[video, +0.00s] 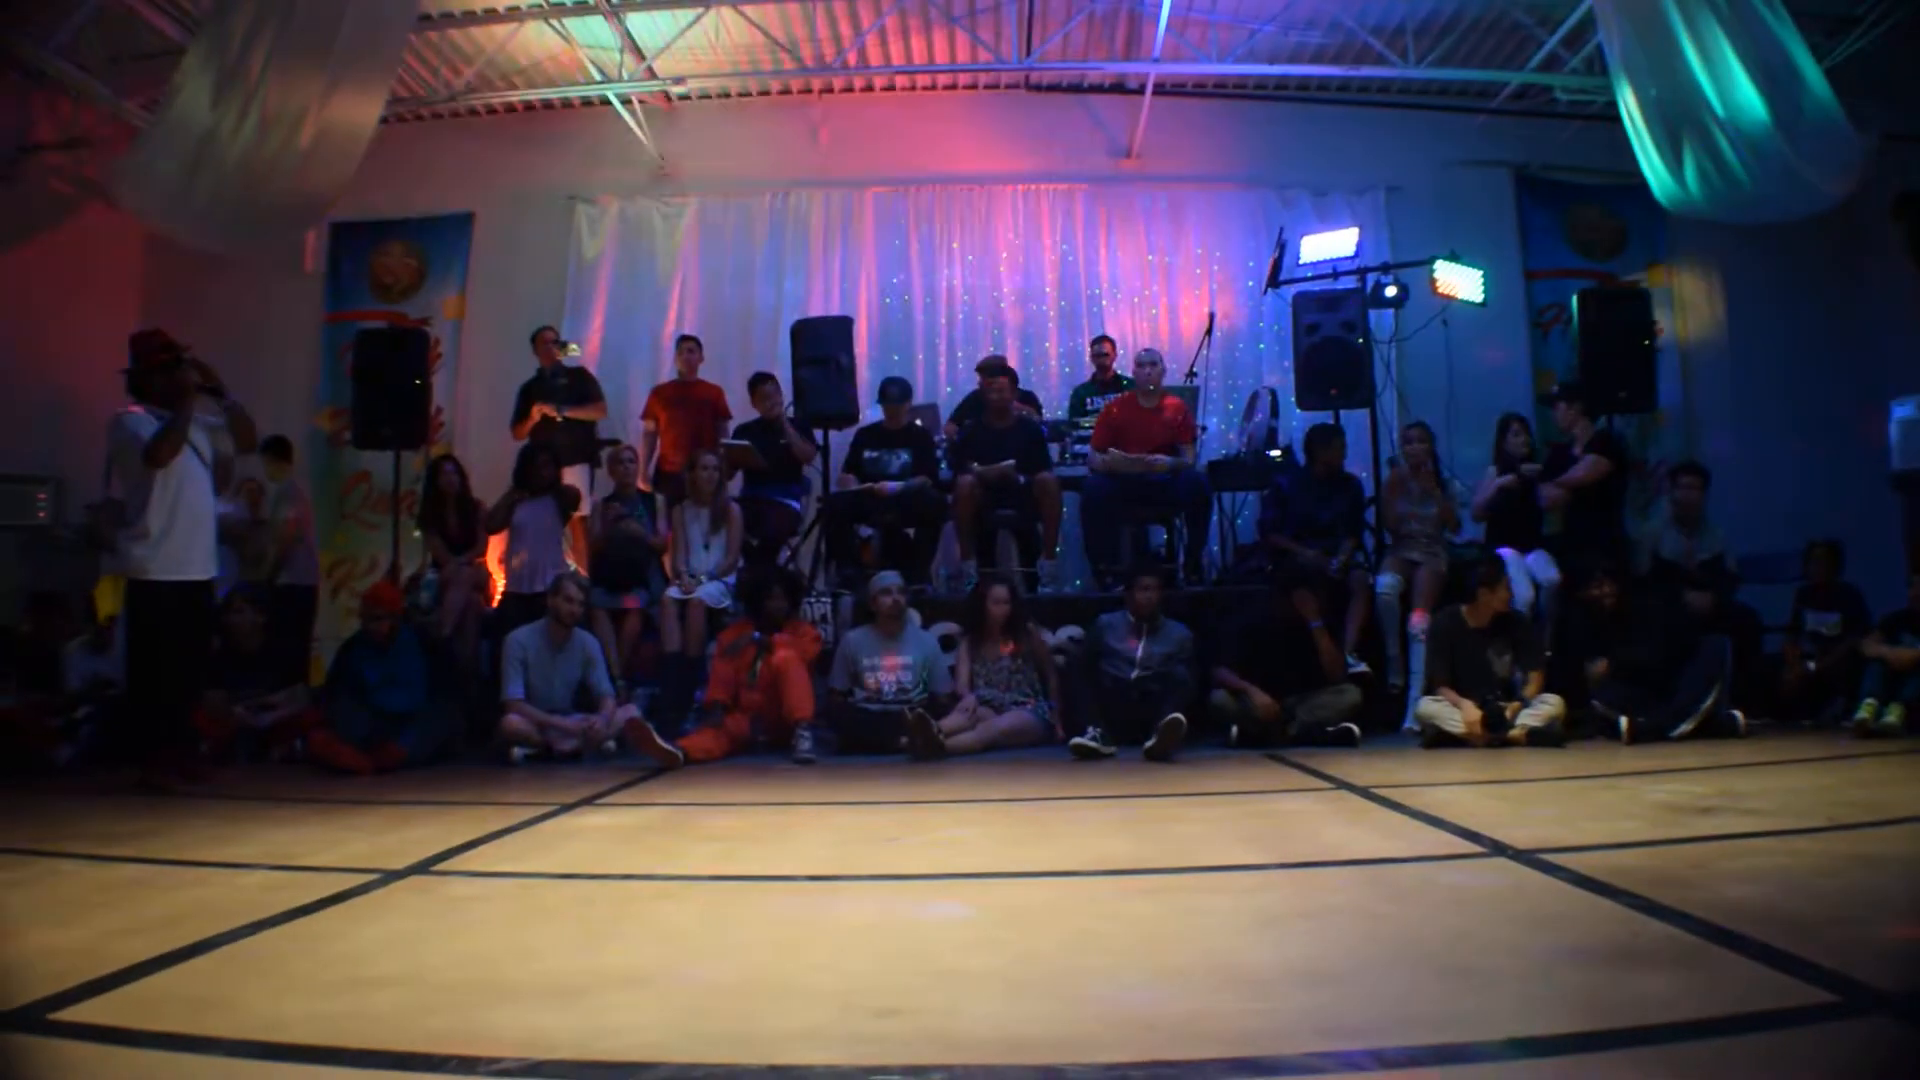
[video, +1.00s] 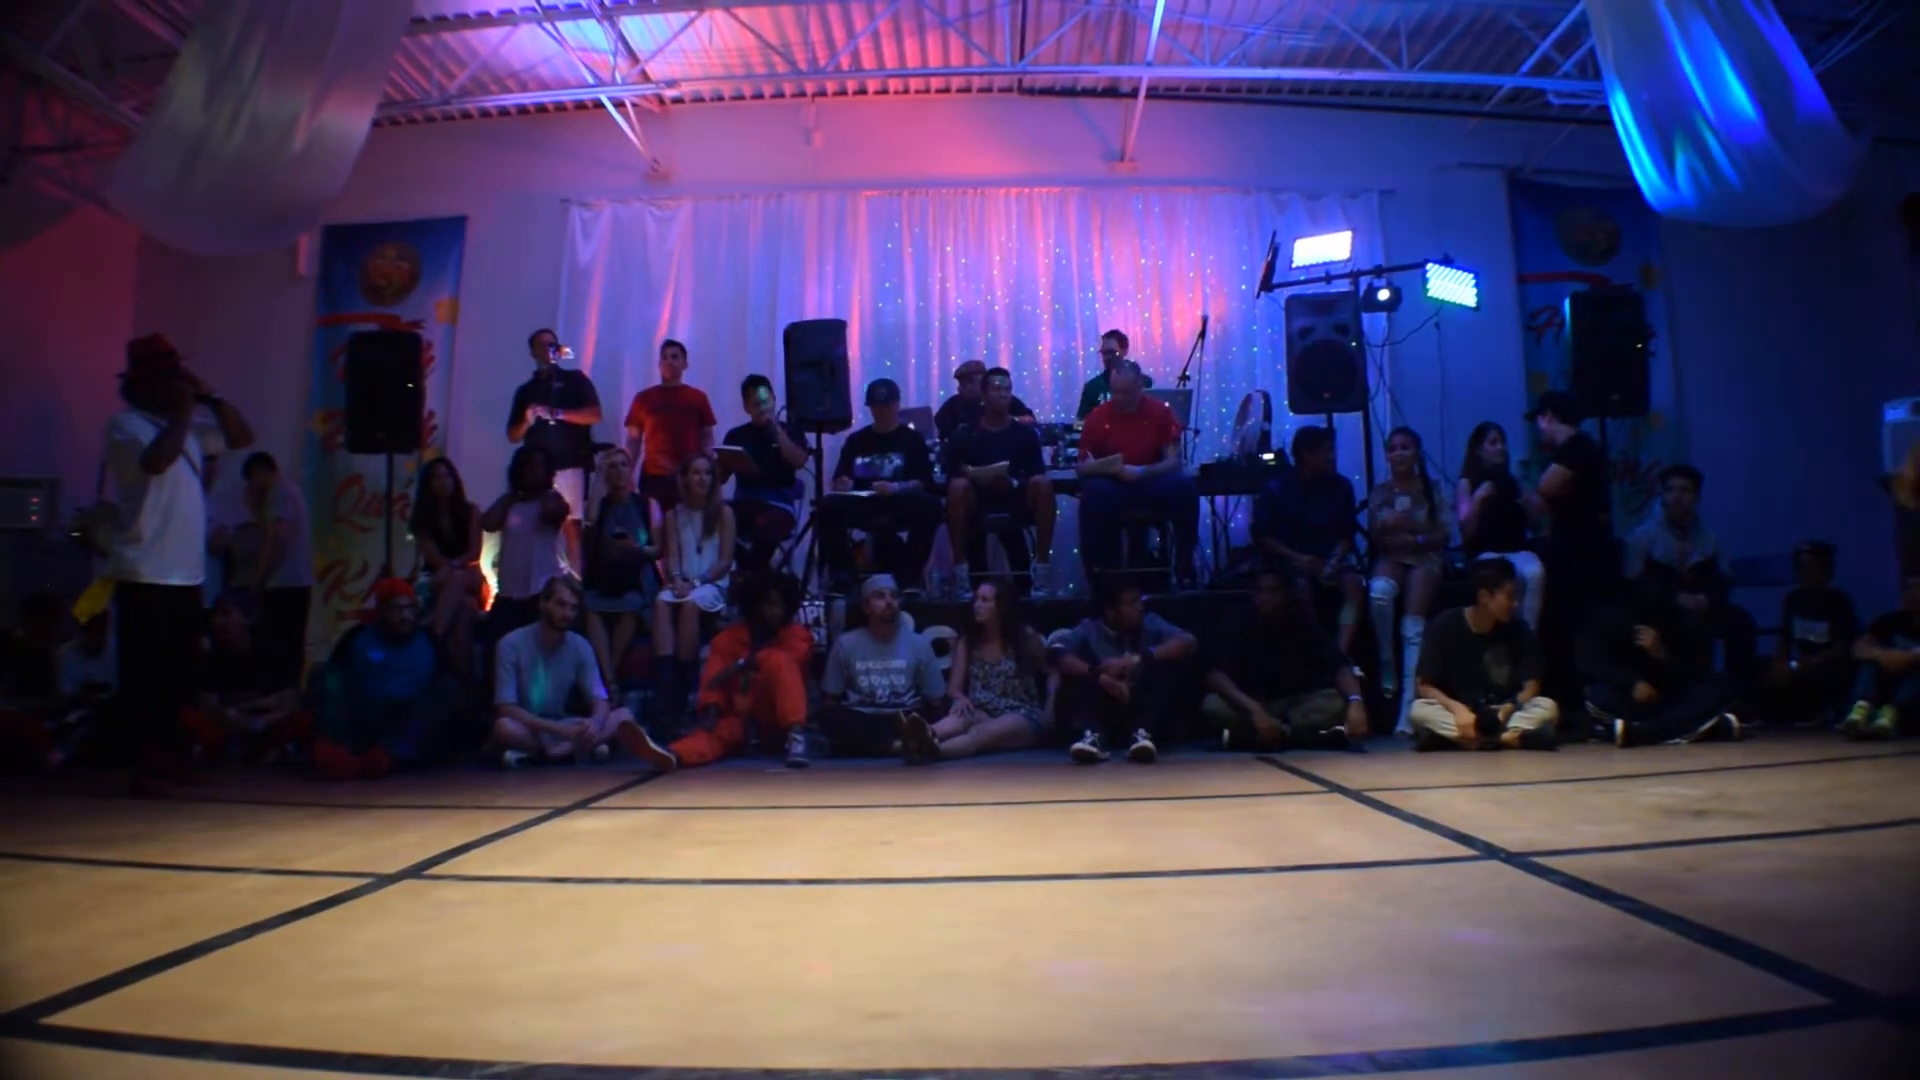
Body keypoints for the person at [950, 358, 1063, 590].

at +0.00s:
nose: (996, 397)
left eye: (1002, 391)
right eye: (992, 391)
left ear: (1014, 393)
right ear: (983, 394)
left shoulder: (1029, 428)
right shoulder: (971, 429)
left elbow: (1043, 468)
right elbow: (958, 467)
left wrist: (1012, 474)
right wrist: (984, 472)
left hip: (1020, 487)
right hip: (984, 489)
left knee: (1047, 481)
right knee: (965, 483)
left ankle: (1049, 559)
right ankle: (967, 561)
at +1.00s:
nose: (1002, 393)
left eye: (1006, 388)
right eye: (996, 388)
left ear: (1011, 393)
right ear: (984, 394)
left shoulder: (1024, 432)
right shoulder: (967, 430)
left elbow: (1036, 470)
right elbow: (950, 465)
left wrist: (1009, 480)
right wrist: (975, 473)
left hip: (1013, 491)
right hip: (979, 492)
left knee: (1042, 485)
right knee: (958, 486)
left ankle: (1042, 563)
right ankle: (960, 567)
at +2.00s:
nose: (994, 410)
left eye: (1000, 404)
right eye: (990, 403)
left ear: (1009, 404)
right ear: (981, 403)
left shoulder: (1021, 432)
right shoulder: (966, 433)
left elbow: (1034, 470)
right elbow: (951, 471)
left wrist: (1008, 476)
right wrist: (976, 475)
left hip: (1012, 490)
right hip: (977, 491)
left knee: (1041, 487)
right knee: (957, 488)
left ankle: (1041, 558)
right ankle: (959, 563)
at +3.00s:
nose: (994, 412)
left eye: (1000, 405)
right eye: (989, 405)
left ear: (1009, 405)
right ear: (981, 404)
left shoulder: (1023, 433)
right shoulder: (965, 433)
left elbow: (1034, 470)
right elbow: (950, 470)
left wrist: (1008, 478)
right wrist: (975, 474)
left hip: (1012, 490)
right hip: (977, 491)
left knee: (1041, 487)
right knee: (956, 489)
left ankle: (1041, 563)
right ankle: (960, 566)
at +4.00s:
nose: (994, 413)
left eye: (1002, 408)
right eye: (990, 405)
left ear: (1012, 408)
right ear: (982, 402)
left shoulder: (1023, 435)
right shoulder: (963, 435)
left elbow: (1035, 471)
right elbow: (951, 472)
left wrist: (1006, 476)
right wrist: (976, 474)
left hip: (1013, 493)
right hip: (977, 493)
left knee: (1040, 486)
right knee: (957, 487)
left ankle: (1041, 563)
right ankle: (958, 565)